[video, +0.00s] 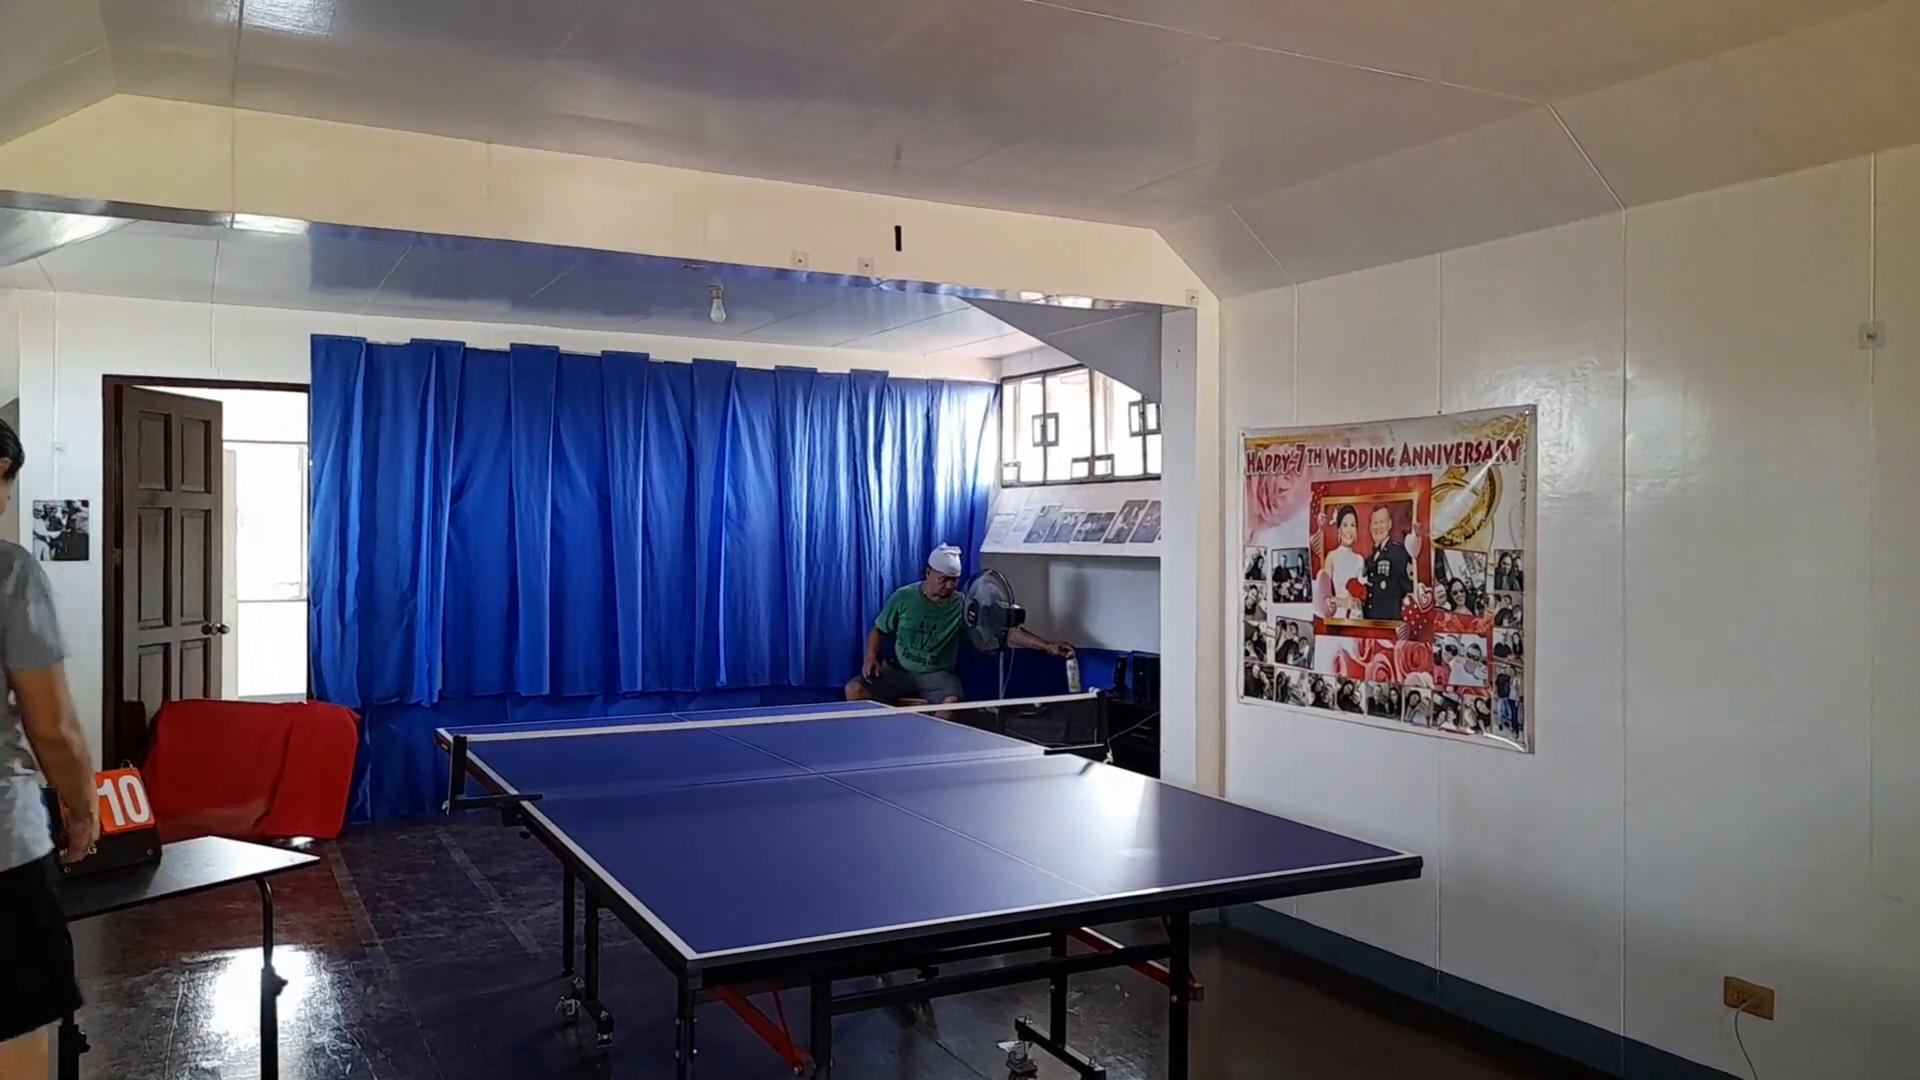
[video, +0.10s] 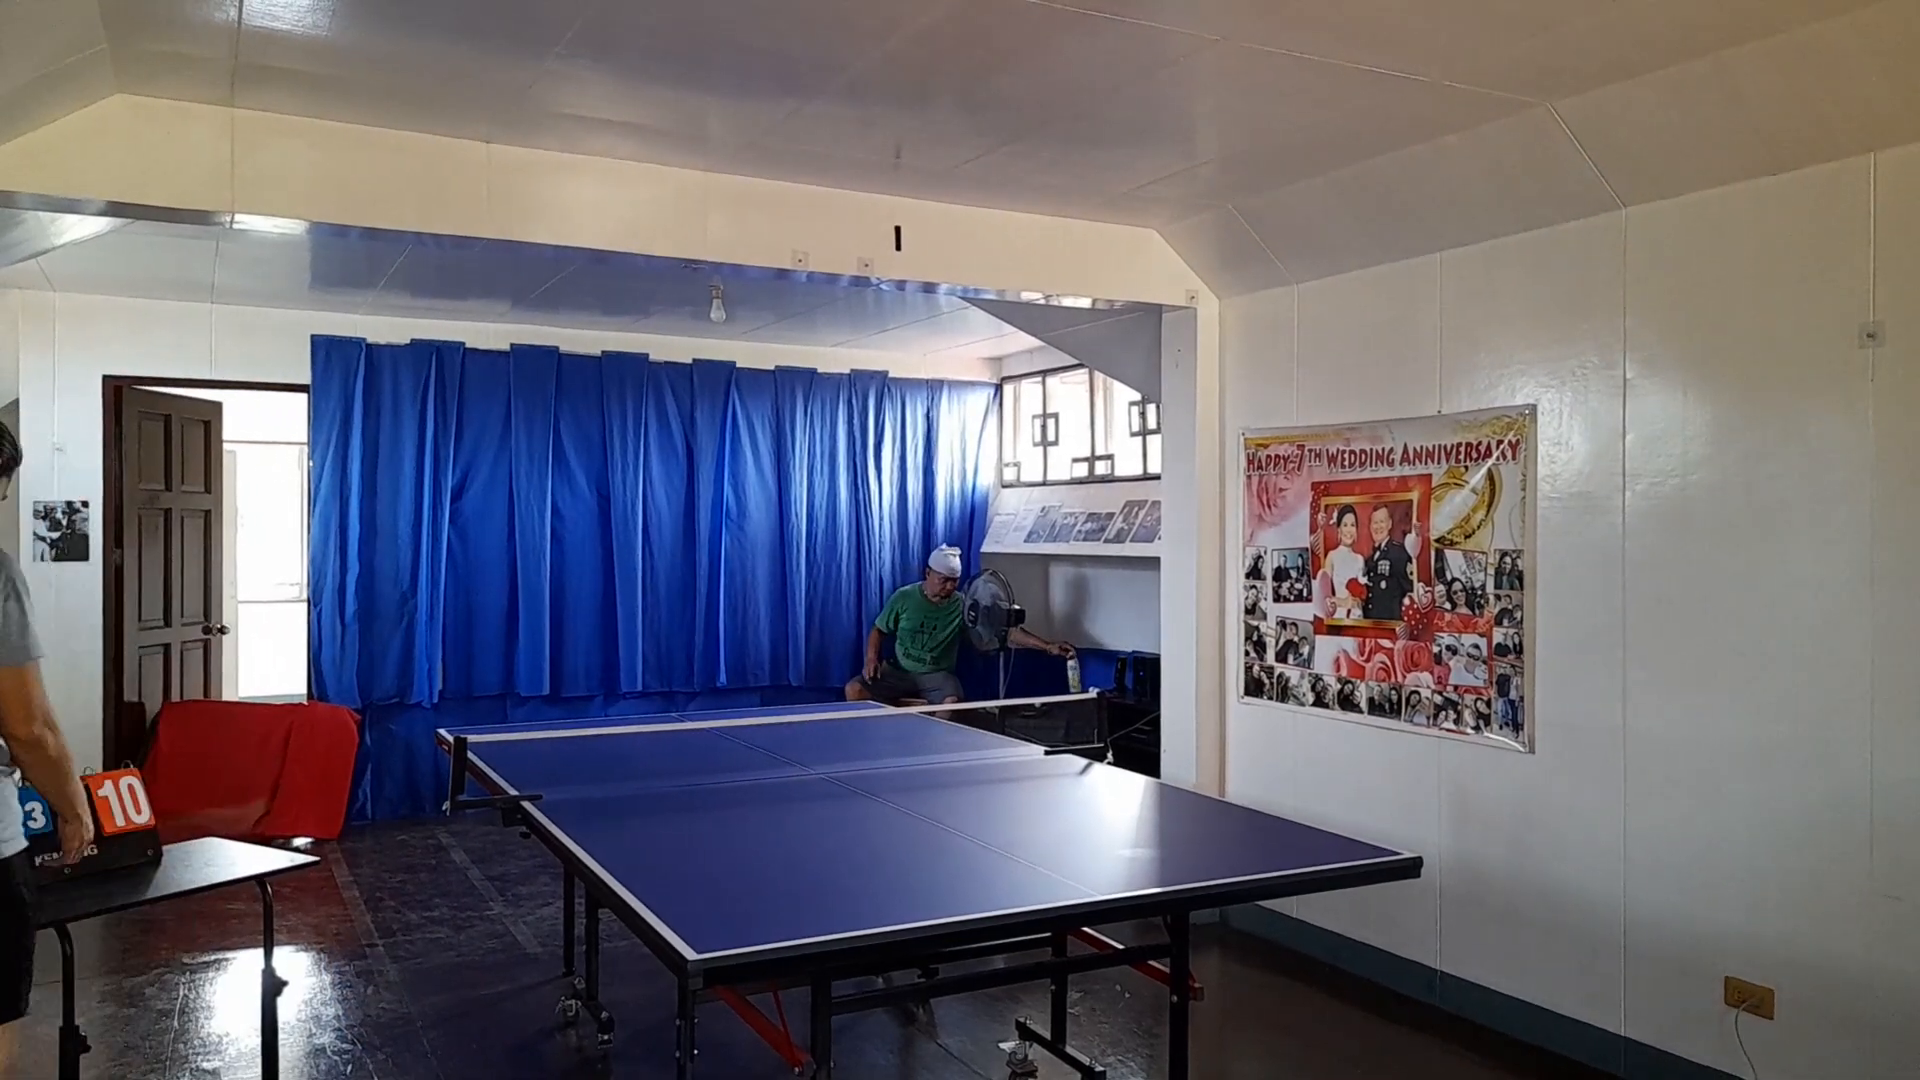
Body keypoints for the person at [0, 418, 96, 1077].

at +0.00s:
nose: (12, 485)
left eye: (8, 475)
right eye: (13, 474)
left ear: (4, 473)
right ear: (6, 473)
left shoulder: (19, 571)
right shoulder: (14, 570)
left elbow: (49, 728)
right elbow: (50, 729)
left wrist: (77, 807)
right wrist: (81, 809)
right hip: (7, 842)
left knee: (32, 1021)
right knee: (27, 1027)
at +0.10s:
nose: (11, 492)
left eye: (10, 480)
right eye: (10, 479)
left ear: (6, 480)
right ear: (5, 480)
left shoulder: (8, 574)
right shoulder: (4, 574)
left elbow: (30, 727)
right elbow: (26, 729)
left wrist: (71, 808)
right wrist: (73, 813)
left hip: (5, 854)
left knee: (10, 1009)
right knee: (5, 1015)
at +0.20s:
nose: (7, 512)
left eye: (9, 499)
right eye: (8, 499)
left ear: (6, 490)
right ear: (2, 489)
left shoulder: (3, 580)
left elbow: (17, 722)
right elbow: (12, 730)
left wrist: (69, 809)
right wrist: (69, 816)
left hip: (1, 860)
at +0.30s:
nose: (10, 515)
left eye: (14, 504)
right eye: (14, 501)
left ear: (4, 477)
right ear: (3, 478)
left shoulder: (2, 596)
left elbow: (11, 734)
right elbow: (10, 738)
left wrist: (64, 814)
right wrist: (66, 819)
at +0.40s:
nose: (18, 526)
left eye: (27, 512)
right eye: (27, 509)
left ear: (10, 481)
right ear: (9, 482)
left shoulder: (6, 583)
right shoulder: (0, 584)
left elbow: (11, 738)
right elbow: (11, 746)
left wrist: (51, 809)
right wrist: (65, 836)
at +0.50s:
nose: (28, 534)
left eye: (40, 522)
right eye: (38, 518)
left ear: (15, 491)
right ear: (16, 492)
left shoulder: (5, 584)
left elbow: (11, 748)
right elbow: (8, 753)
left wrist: (57, 843)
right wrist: (61, 847)